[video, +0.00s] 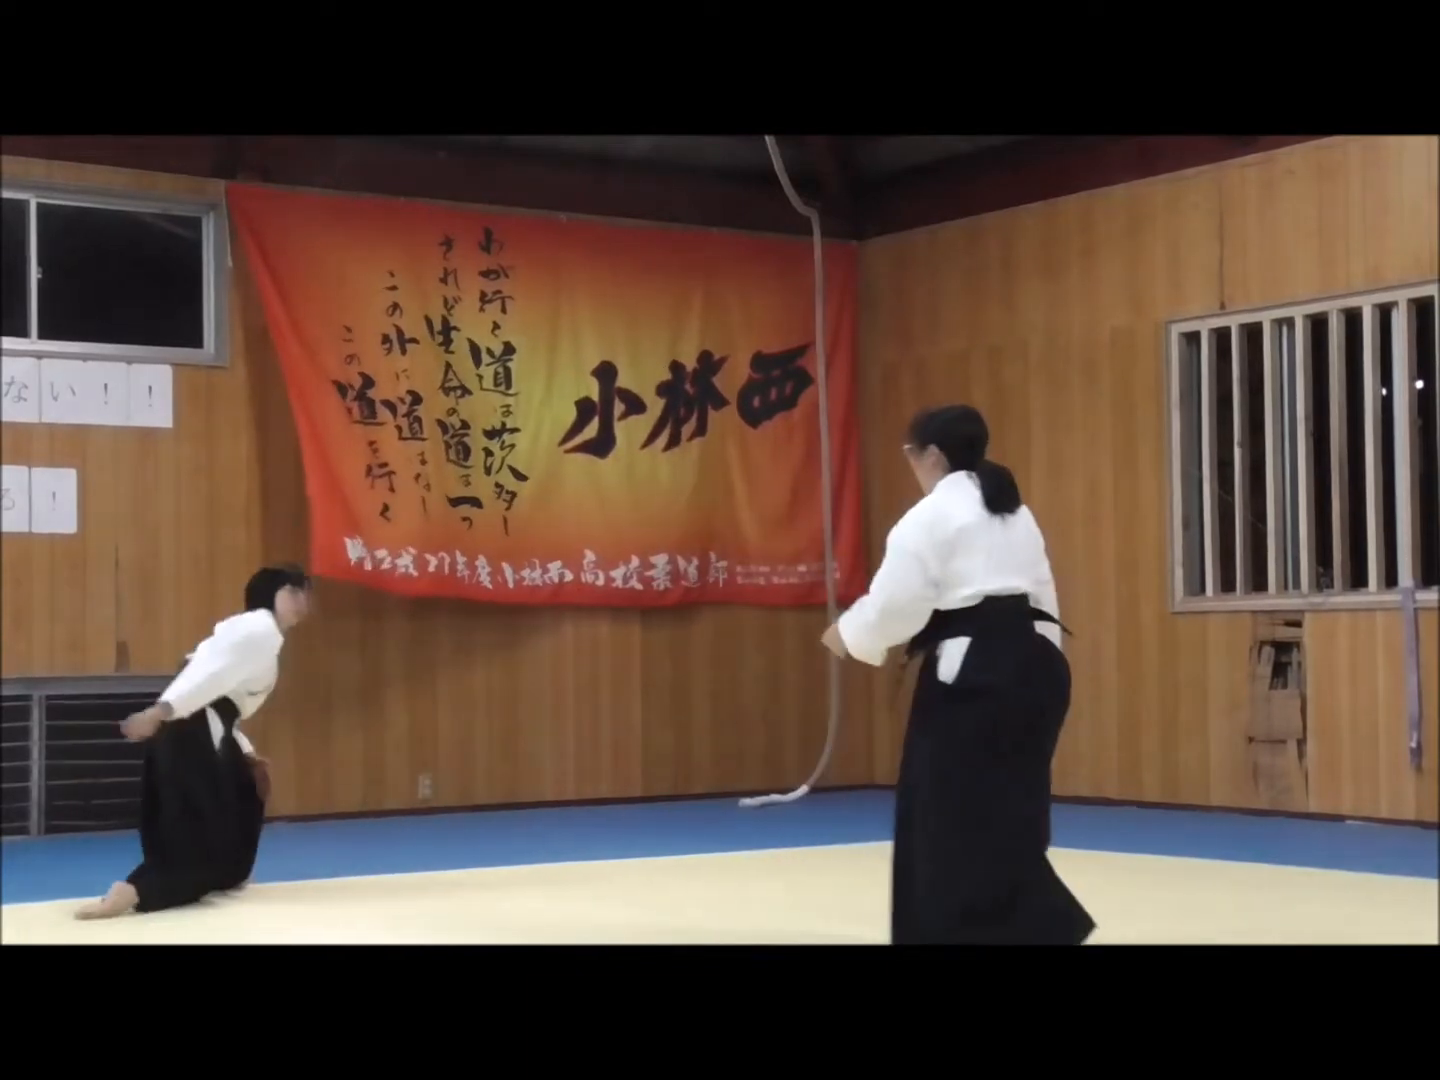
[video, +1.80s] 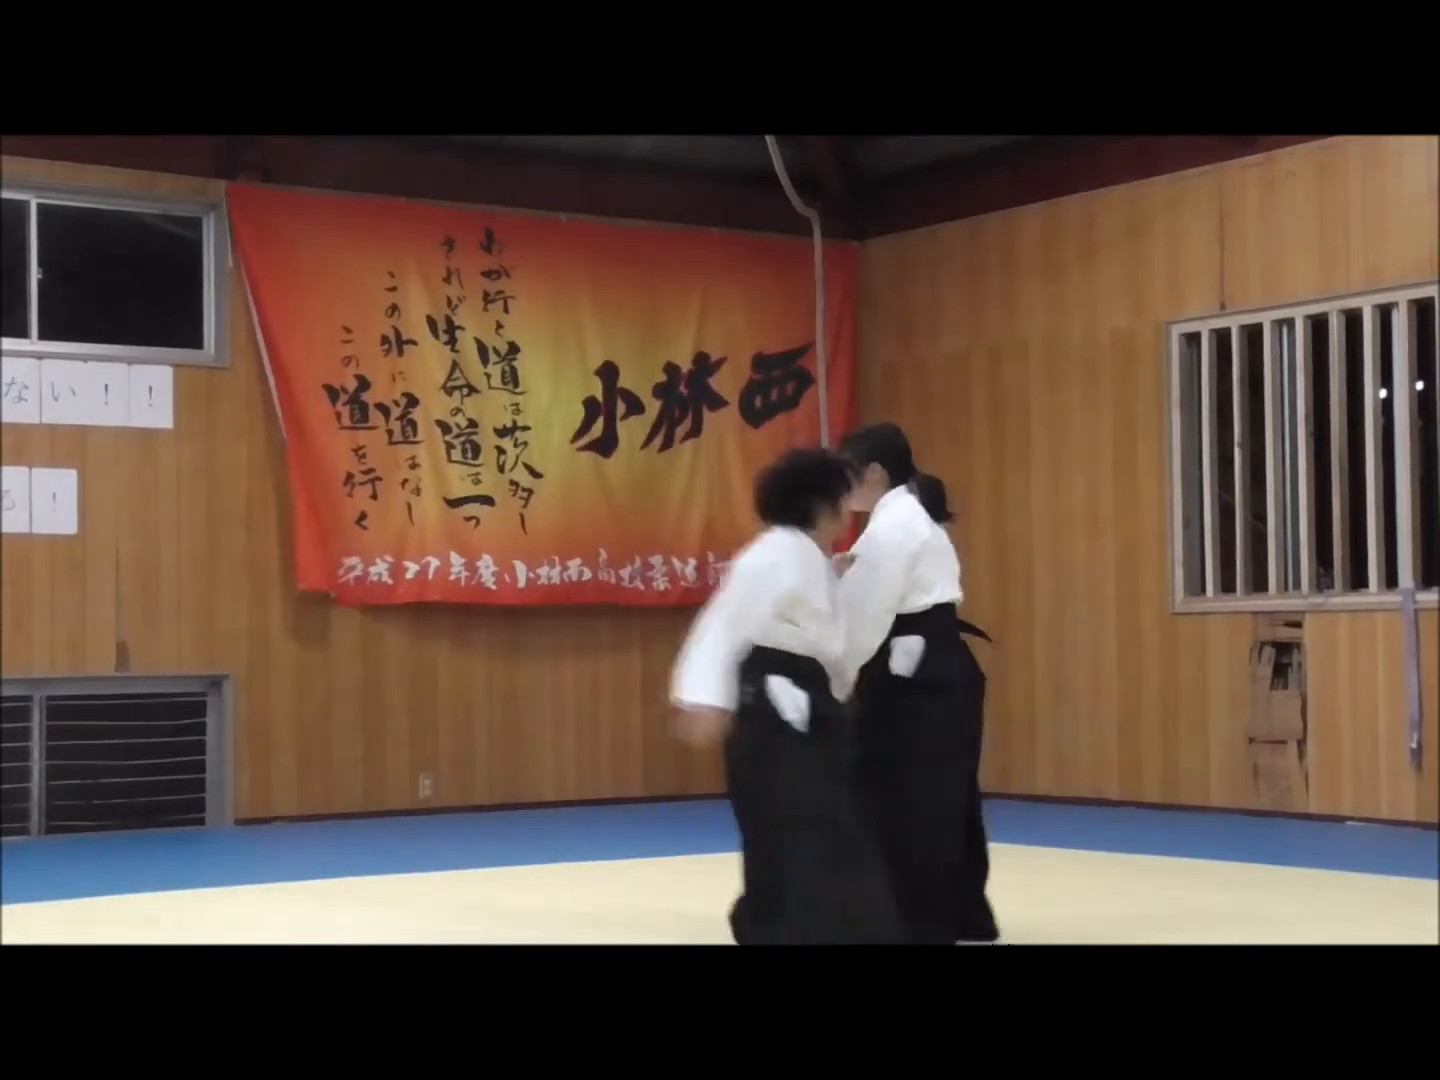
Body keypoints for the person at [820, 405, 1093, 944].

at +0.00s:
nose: (911, 466)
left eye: (913, 456)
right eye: (910, 457)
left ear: (935, 455)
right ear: (974, 453)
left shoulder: (926, 521)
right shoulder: (1017, 510)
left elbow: (892, 606)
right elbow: (1042, 595)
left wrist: (845, 634)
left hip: (971, 667)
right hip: (1039, 661)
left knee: (938, 803)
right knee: (1013, 804)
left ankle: (942, 926)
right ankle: (1046, 920)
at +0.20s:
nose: (930, 450)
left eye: (934, 439)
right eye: (931, 439)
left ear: (956, 441)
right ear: (993, 438)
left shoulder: (956, 508)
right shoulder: (1040, 495)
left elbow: (937, 608)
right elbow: (1066, 578)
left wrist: (897, 669)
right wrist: (1073, 640)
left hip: (997, 662)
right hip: (1065, 654)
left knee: (985, 807)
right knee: (1053, 803)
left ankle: (989, 929)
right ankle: (1053, 927)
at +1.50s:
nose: (897, 477)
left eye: (899, 467)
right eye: (897, 467)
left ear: (917, 469)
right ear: (956, 466)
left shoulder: (903, 533)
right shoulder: (1004, 526)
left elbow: (865, 613)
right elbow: (1021, 608)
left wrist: (831, 685)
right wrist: (1034, 668)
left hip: (935, 675)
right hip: (1009, 669)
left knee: (934, 802)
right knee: (1029, 791)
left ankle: (940, 927)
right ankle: (1069, 907)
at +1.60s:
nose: (875, 478)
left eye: (878, 468)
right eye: (875, 468)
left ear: (898, 469)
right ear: (934, 466)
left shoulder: (889, 532)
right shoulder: (980, 525)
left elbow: (853, 613)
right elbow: (987, 606)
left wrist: (812, 678)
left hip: (922, 673)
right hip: (990, 666)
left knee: (910, 798)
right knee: (984, 785)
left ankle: (920, 927)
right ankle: (1008, 913)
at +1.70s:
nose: (856, 483)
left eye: (859, 472)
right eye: (855, 472)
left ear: (884, 470)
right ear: (906, 469)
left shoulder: (888, 529)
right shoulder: (952, 517)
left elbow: (850, 610)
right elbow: (944, 599)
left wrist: (812, 660)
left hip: (910, 673)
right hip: (963, 668)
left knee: (898, 801)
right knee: (959, 799)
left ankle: (909, 926)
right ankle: (985, 922)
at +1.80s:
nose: (846, 487)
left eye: (852, 475)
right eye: (846, 476)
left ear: (876, 473)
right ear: (892, 473)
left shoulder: (889, 528)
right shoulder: (915, 516)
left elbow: (867, 615)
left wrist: (839, 676)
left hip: (912, 667)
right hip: (948, 662)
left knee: (907, 797)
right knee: (947, 796)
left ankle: (925, 921)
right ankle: (966, 918)